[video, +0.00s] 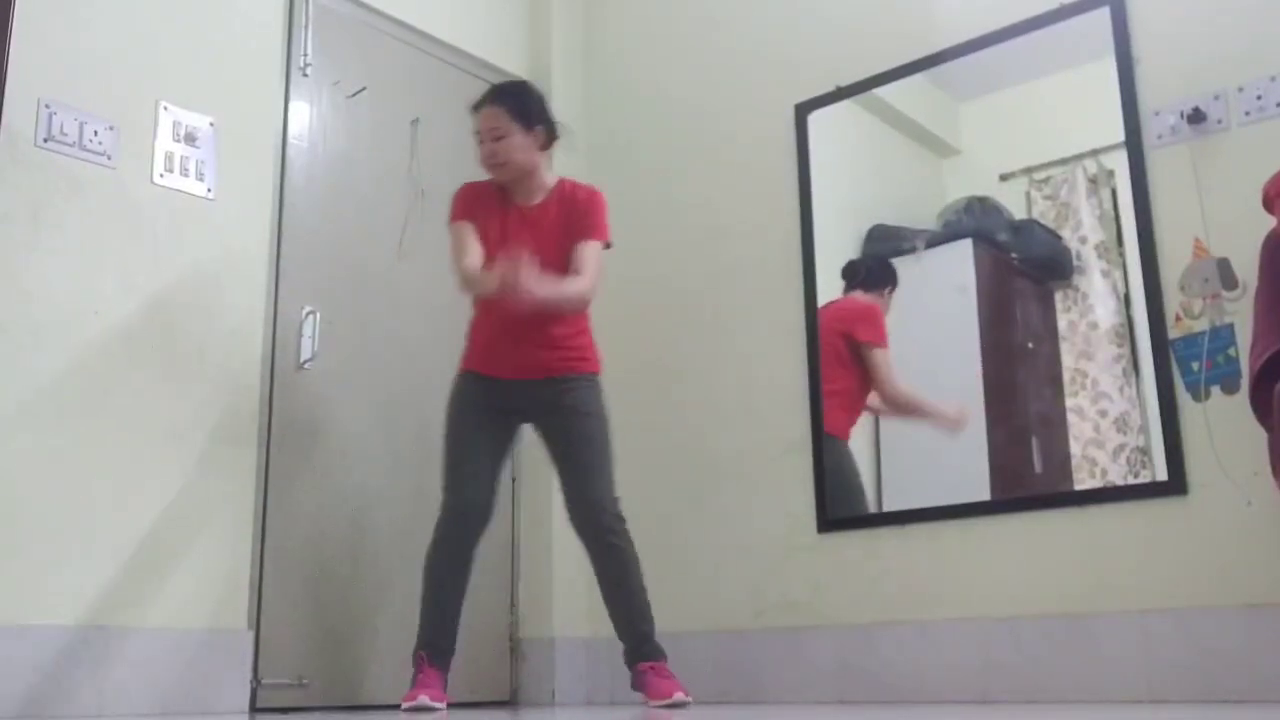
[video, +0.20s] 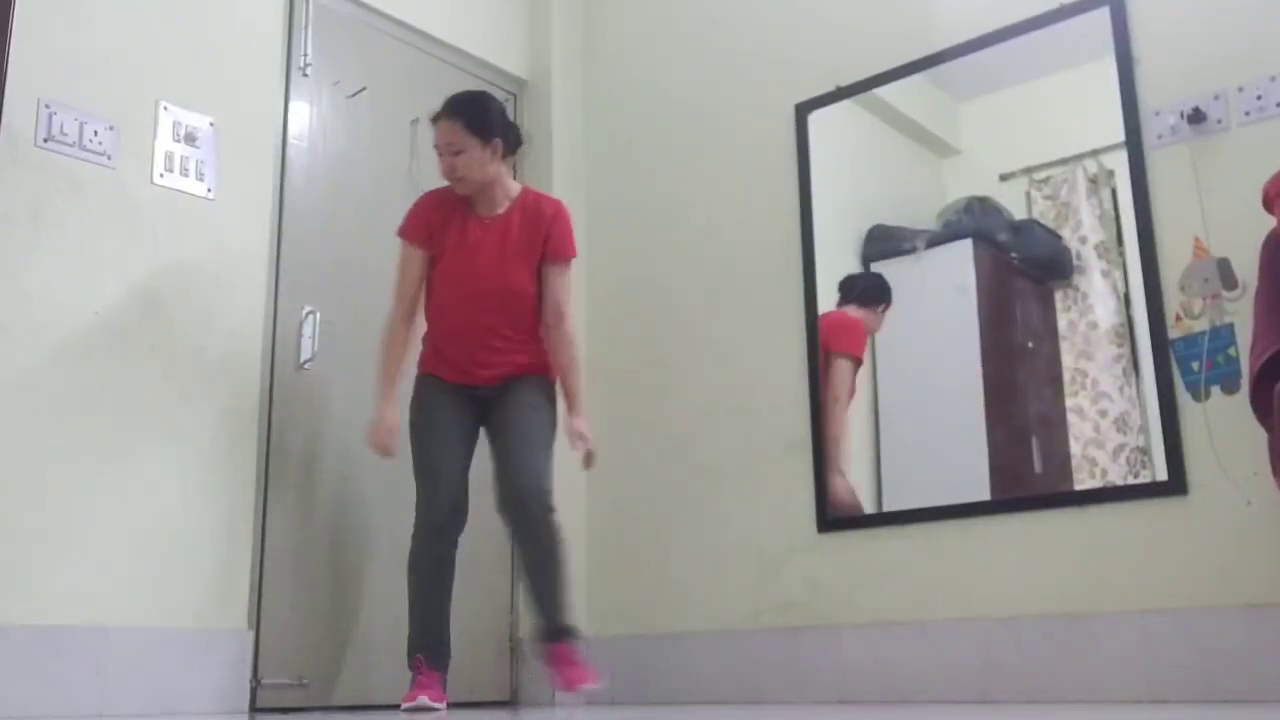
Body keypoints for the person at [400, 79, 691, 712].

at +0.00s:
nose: (485, 149)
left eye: (497, 136)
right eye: (479, 138)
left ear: (540, 136)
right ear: (479, 143)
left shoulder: (583, 201)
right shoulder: (472, 200)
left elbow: (584, 287)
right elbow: (468, 275)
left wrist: (534, 287)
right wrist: (497, 275)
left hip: (567, 381)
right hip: (486, 380)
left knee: (599, 514)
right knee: (462, 513)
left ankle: (648, 663)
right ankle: (430, 671)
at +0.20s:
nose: (444, 163)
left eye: (455, 151)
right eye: (439, 151)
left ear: (497, 149)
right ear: (442, 153)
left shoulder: (546, 216)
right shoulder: (433, 212)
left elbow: (559, 317)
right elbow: (405, 311)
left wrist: (576, 409)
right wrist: (387, 401)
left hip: (523, 381)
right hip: (444, 381)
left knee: (526, 500)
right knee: (439, 516)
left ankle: (560, 640)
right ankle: (427, 673)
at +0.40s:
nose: (433, 160)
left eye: (443, 147)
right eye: (428, 148)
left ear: (485, 144)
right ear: (429, 150)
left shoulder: (537, 211)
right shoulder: (423, 202)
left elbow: (587, 279)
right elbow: (352, 248)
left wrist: (602, 361)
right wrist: (350, 337)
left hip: (508, 377)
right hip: (430, 373)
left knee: (472, 506)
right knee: (428, 509)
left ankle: (454, 653)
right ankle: (423, 667)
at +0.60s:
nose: (459, 146)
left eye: (473, 134)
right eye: (448, 136)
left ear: (503, 145)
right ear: (439, 147)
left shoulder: (534, 216)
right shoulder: (418, 206)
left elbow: (581, 291)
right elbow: (348, 265)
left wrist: (583, 376)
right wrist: (354, 348)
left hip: (502, 377)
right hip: (425, 375)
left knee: (492, 492)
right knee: (429, 507)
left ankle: (467, 626)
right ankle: (424, 668)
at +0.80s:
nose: (491, 141)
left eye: (504, 133)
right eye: (479, 131)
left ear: (521, 149)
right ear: (458, 143)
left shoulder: (539, 219)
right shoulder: (427, 209)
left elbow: (549, 306)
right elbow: (404, 302)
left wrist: (531, 326)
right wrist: (466, 311)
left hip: (516, 380)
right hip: (440, 380)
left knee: (542, 478)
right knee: (435, 514)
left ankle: (530, 601)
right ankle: (426, 673)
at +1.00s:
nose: (528, 124)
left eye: (540, 117)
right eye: (515, 114)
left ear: (554, 137)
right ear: (491, 128)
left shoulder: (572, 198)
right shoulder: (461, 190)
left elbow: (590, 277)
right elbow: (469, 255)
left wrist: (559, 203)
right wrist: (533, 195)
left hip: (554, 376)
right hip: (475, 375)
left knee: (590, 517)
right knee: (457, 514)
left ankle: (641, 660)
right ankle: (428, 672)